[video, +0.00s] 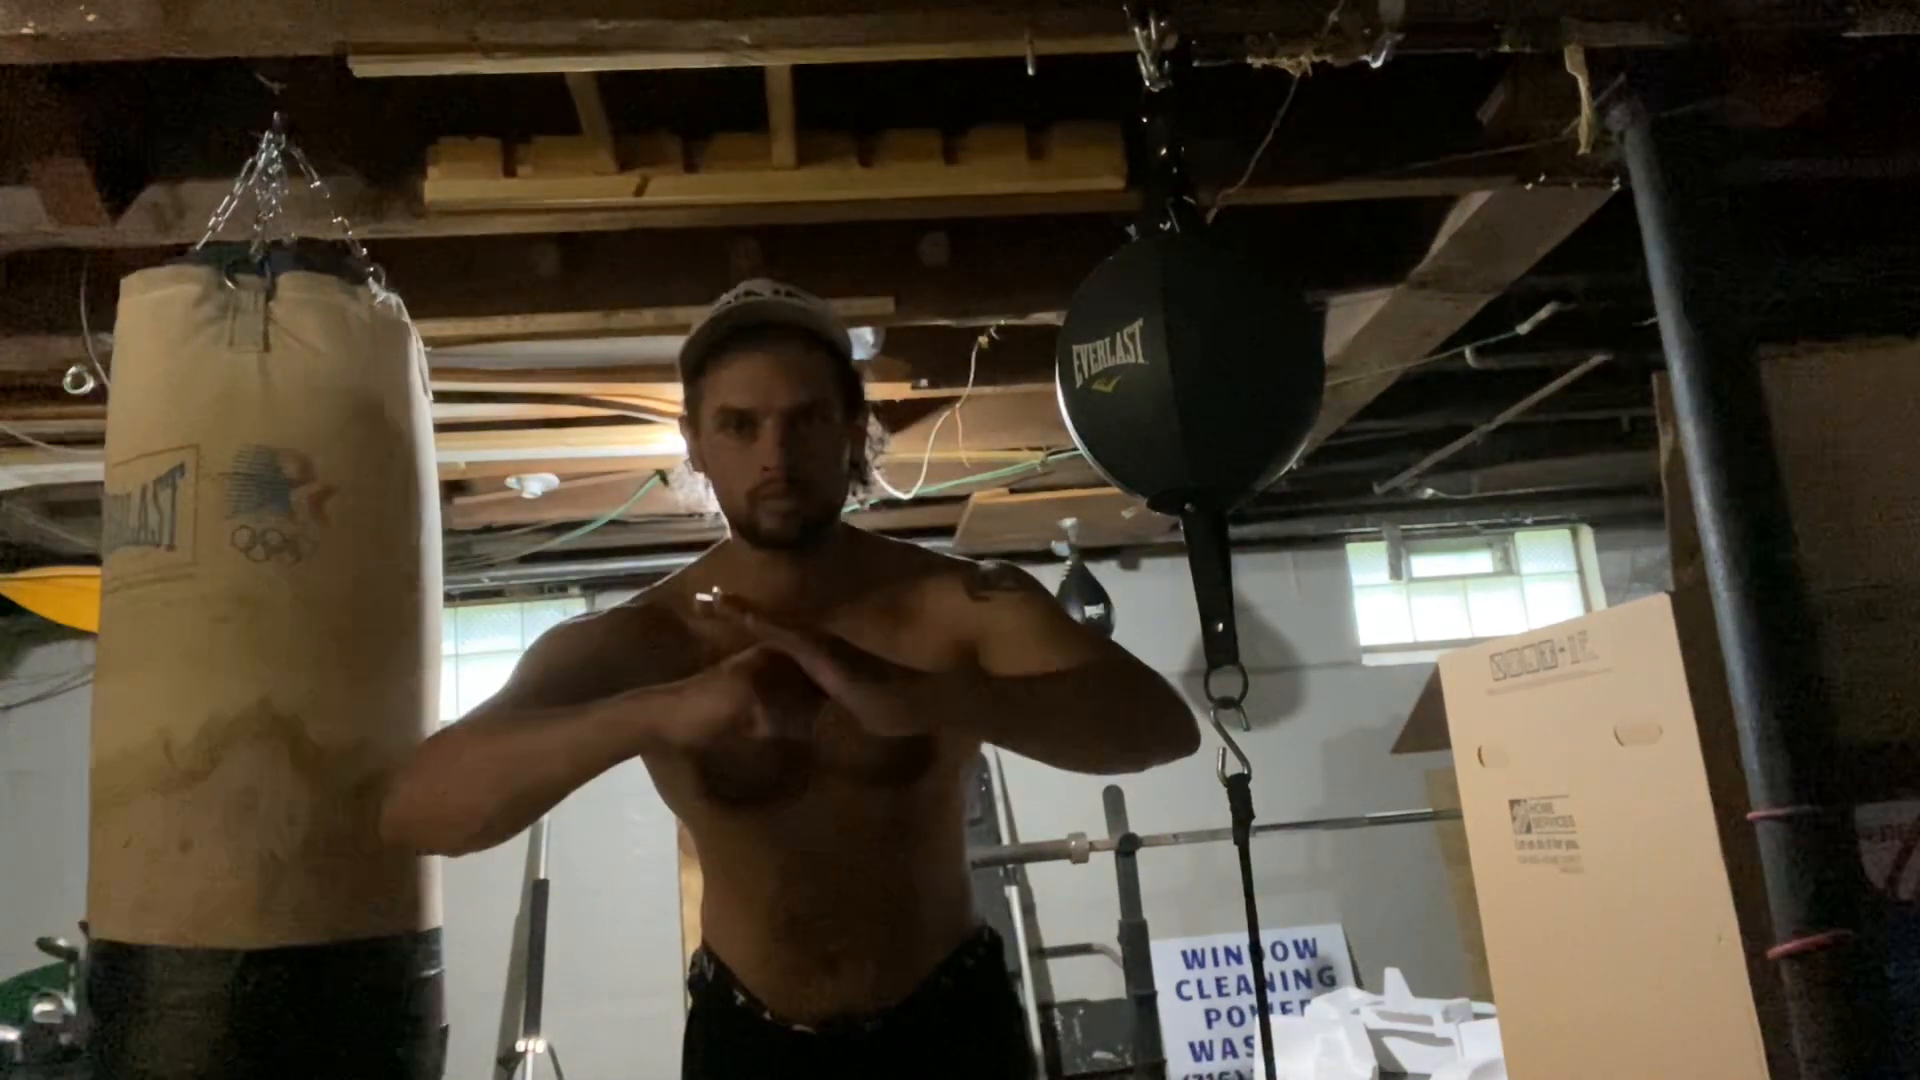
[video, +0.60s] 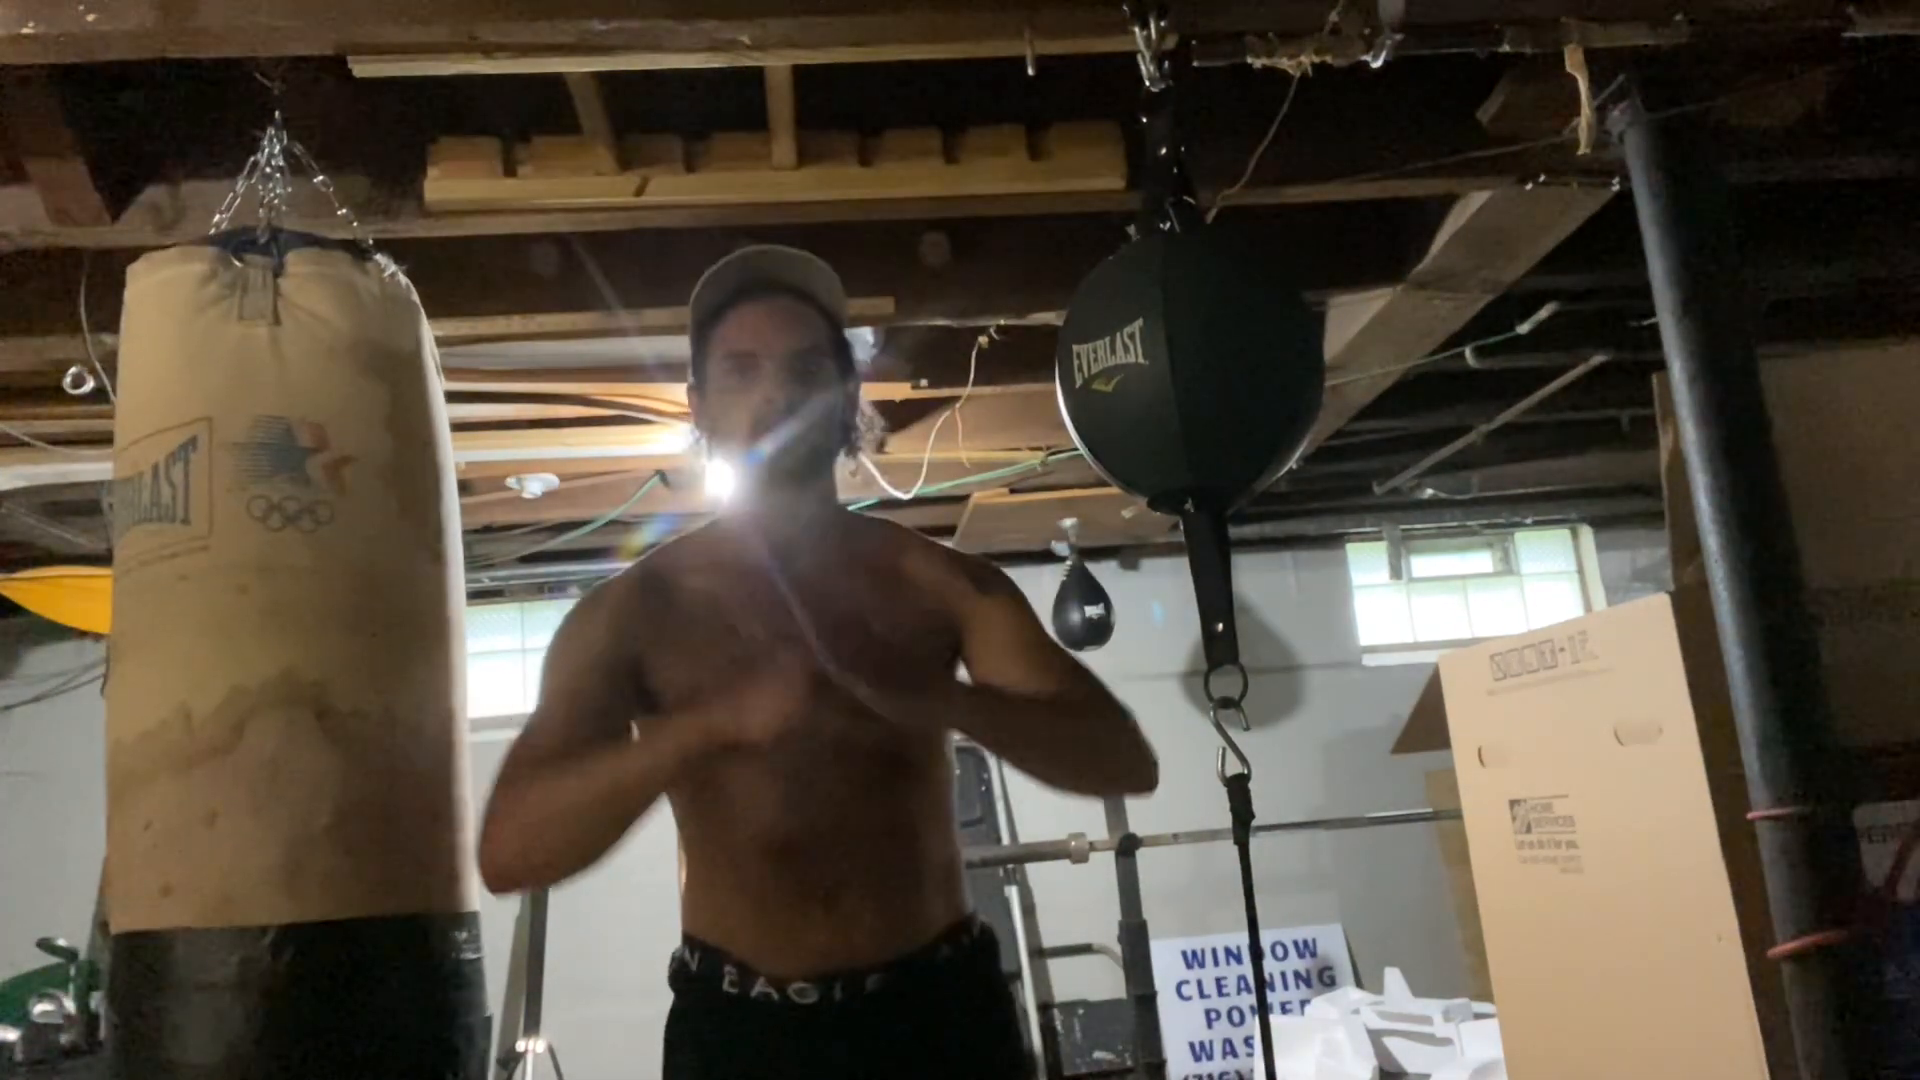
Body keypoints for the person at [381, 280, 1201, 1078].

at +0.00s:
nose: (775, 455)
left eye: (806, 419)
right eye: (739, 426)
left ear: (855, 438)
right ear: (697, 452)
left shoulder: (957, 603)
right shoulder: (635, 644)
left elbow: (1162, 725)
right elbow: (414, 811)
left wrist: (937, 704)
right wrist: (656, 719)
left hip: (948, 1024)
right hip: (748, 1039)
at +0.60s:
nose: (775, 395)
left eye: (806, 371)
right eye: (742, 370)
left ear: (851, 407)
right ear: (698, 409)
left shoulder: (942, 582)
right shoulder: (636, 610)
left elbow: (1126, 763)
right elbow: (509, 851)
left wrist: (942, 703)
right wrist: (703, 726)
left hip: (934, 1008)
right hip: (736, 1025)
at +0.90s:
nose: (804, 415)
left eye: (830, 386)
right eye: (776, 387)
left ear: (880, 418)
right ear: (737, 423)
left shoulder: (972, 600)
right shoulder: (665, 627)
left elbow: (1112, 853)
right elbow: (606, 894)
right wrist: (819, 913)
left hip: (958, 1011)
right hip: (767, 1021)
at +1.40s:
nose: (784, 460)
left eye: (810, 433)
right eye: (748, 434)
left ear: (847, 463)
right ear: (694, 463)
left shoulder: (916, 645)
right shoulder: (641, 636)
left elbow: (986, 893)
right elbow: (628, 957)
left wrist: (1053, 1056)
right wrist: (820, 1064)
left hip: (919, 1012)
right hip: (729, 1021)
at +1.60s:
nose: (797, 463)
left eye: (820, 439)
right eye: (760, 438)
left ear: (848, 463)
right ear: (698, 465)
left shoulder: (918, 656)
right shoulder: (643, 640)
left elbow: (999, 904)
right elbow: (637, 955)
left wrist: (1064, 1057)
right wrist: (802, 1067)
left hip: (935, 1019)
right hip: (748, 1026)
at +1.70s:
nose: (832, 429)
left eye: (850, 407)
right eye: (797, 403)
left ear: (870, 440)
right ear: (722, 434)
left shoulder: (929, 638)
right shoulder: (661, 611)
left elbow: (999, 882)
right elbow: (626, 924)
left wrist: (1072, 1056)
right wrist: (816, 1066)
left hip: (944, 1015)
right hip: (752, 1023)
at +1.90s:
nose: (926, 404)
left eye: (920, 379)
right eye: (884, 377)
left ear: (924, 405)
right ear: (797, 410)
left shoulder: (966, 612)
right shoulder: (710, 592)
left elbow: (1018, 853)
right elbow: (634, 887)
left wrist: (1099, 992)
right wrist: (834, 1057)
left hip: (988, 1021)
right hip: (792, 1028)